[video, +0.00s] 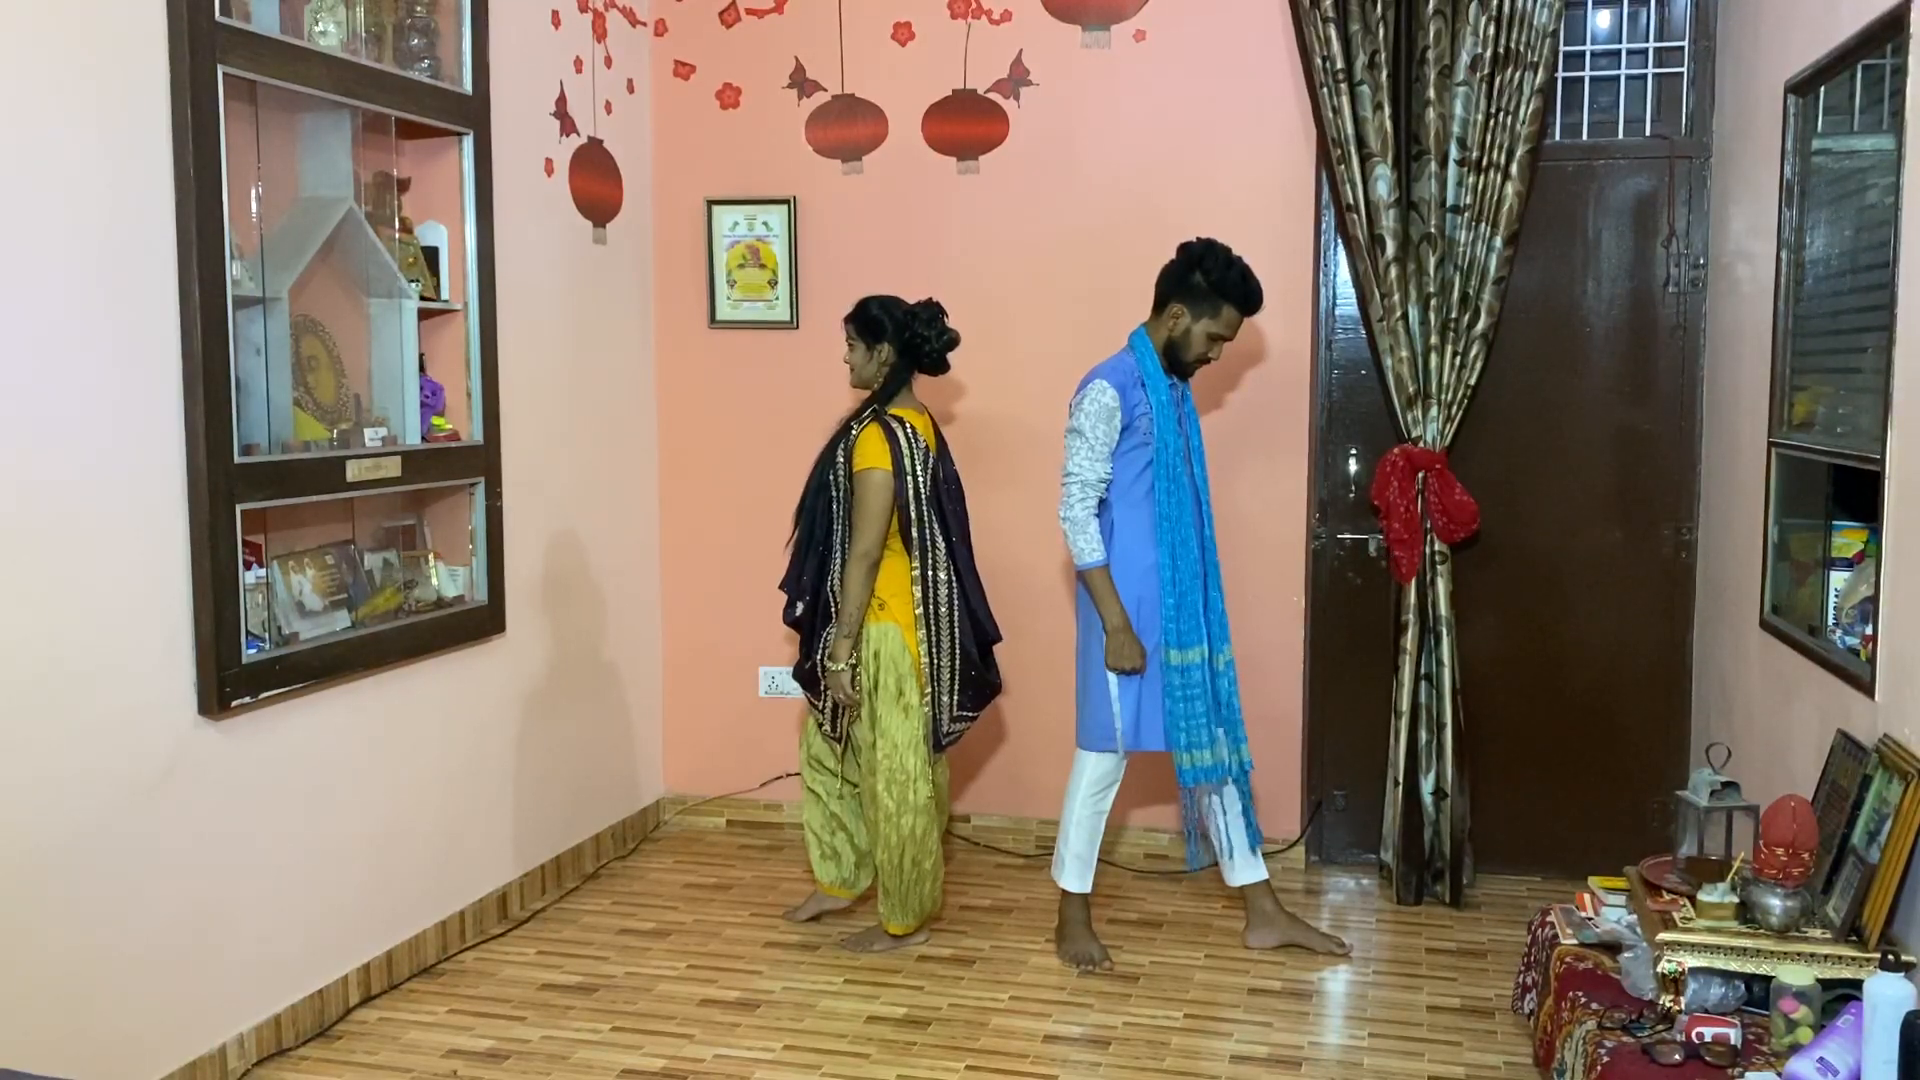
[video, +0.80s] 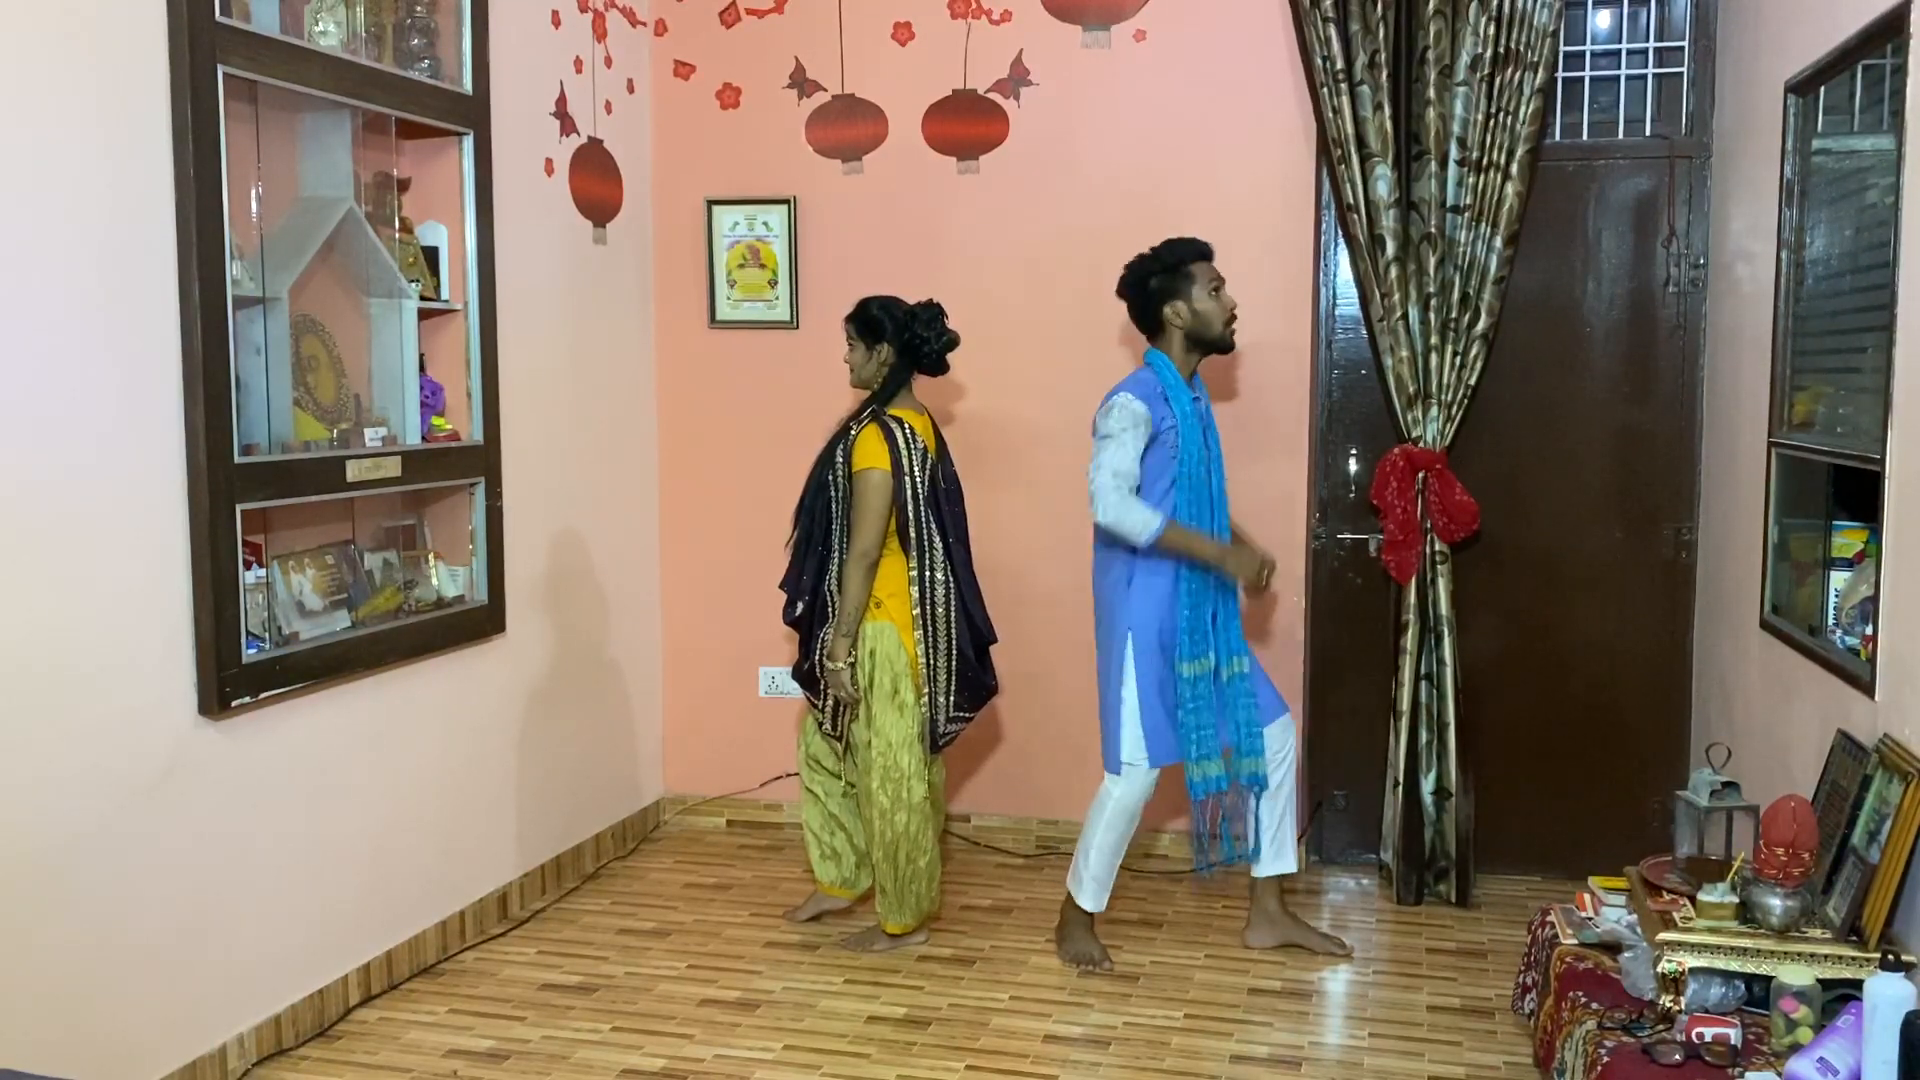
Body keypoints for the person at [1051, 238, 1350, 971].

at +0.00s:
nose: (1219, 352)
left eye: (1227, 339)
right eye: (1215, 336)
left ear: (1195, 320)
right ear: (1174, 311)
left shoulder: (1172, 391)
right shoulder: (1106, 392)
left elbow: (1170, 515)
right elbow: (1077, 514)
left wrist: (1195, 606)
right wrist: (1116, 623)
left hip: (1184, 603)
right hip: (1123, 604)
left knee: (1214, 743)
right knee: (1103, 753)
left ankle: (1263, 908)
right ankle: (1072, 914)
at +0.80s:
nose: (1232, 302)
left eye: (1225, 288)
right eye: (1216, 290)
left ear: (1181, 313)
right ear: (1173, 311)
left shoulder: (1188, 401)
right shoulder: (1135, 402)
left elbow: (1189, 502)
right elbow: (1111, 506)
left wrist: (1240, 546)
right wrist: (1215, 552)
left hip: (1196, 616)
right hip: (1140, 619)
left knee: (1277, 733)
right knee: (1136, 767)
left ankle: (1270, 908)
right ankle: (1078, 918)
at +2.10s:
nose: (1274, 336)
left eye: (1271, 324)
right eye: (1260, 327)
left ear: (1234, 339)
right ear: (1214, 343)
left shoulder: (1253, 427)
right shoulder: (1182, 427)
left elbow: (1284, 511)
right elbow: (1153, 517)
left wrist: (1359, 535)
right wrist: (1132, 591)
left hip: (1250, 627)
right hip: (1183, 629)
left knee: (1325, 748)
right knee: (1165, 795)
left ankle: (1269, 903)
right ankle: (1046, 890)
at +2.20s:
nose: (1267, 348)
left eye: (1267, 334)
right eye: (1248, 339)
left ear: (1270, 338)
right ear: (1204, 360)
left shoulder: (1255, 433)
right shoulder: (1190, 436)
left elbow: (1278, 535)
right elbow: (1145, 524)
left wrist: (1370, 567)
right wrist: (1117, 601)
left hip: (1248, 637)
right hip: (1182, 642)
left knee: (1337, 749)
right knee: (1158, 800)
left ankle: (1267, 903)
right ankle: (1056, 892)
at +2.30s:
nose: (1191, 364)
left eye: (1207, 350)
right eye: (1184, 353)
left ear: (1252, 357)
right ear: (1179, 360)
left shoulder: (1278, 452)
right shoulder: (1162, 447)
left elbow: (1291, 565)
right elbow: (1136, 548)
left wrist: (1339, 654)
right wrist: (1138, 640)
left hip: (1256, 652)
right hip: (1174, 652)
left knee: (1344, 758)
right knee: (1143, 800)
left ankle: (1269, 902)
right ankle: (1101, 906)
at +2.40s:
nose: (1167, 370)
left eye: (1181, 357)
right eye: (1168, 357)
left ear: (1231, 366)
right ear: (1213, 368)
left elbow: (1317, 569)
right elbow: (1120, 558)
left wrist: (1324, 670)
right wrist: (1127, 647)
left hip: (1257, 660)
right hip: (1159, 656)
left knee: (1347, 775)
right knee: (1106, 797)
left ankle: (1272, 899)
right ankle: (1099, 899)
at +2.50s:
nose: (1170, 352)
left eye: (1183, 340)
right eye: (1171, 339)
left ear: (1232, 350)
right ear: (1218, 351)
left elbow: (1369, 522)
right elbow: (1092, 512)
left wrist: (1304, 579)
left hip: (1247, 645)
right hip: (1153, 637)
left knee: (1327, 780)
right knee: (1088, 775)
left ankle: (1271, 903)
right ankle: (1090, 902)